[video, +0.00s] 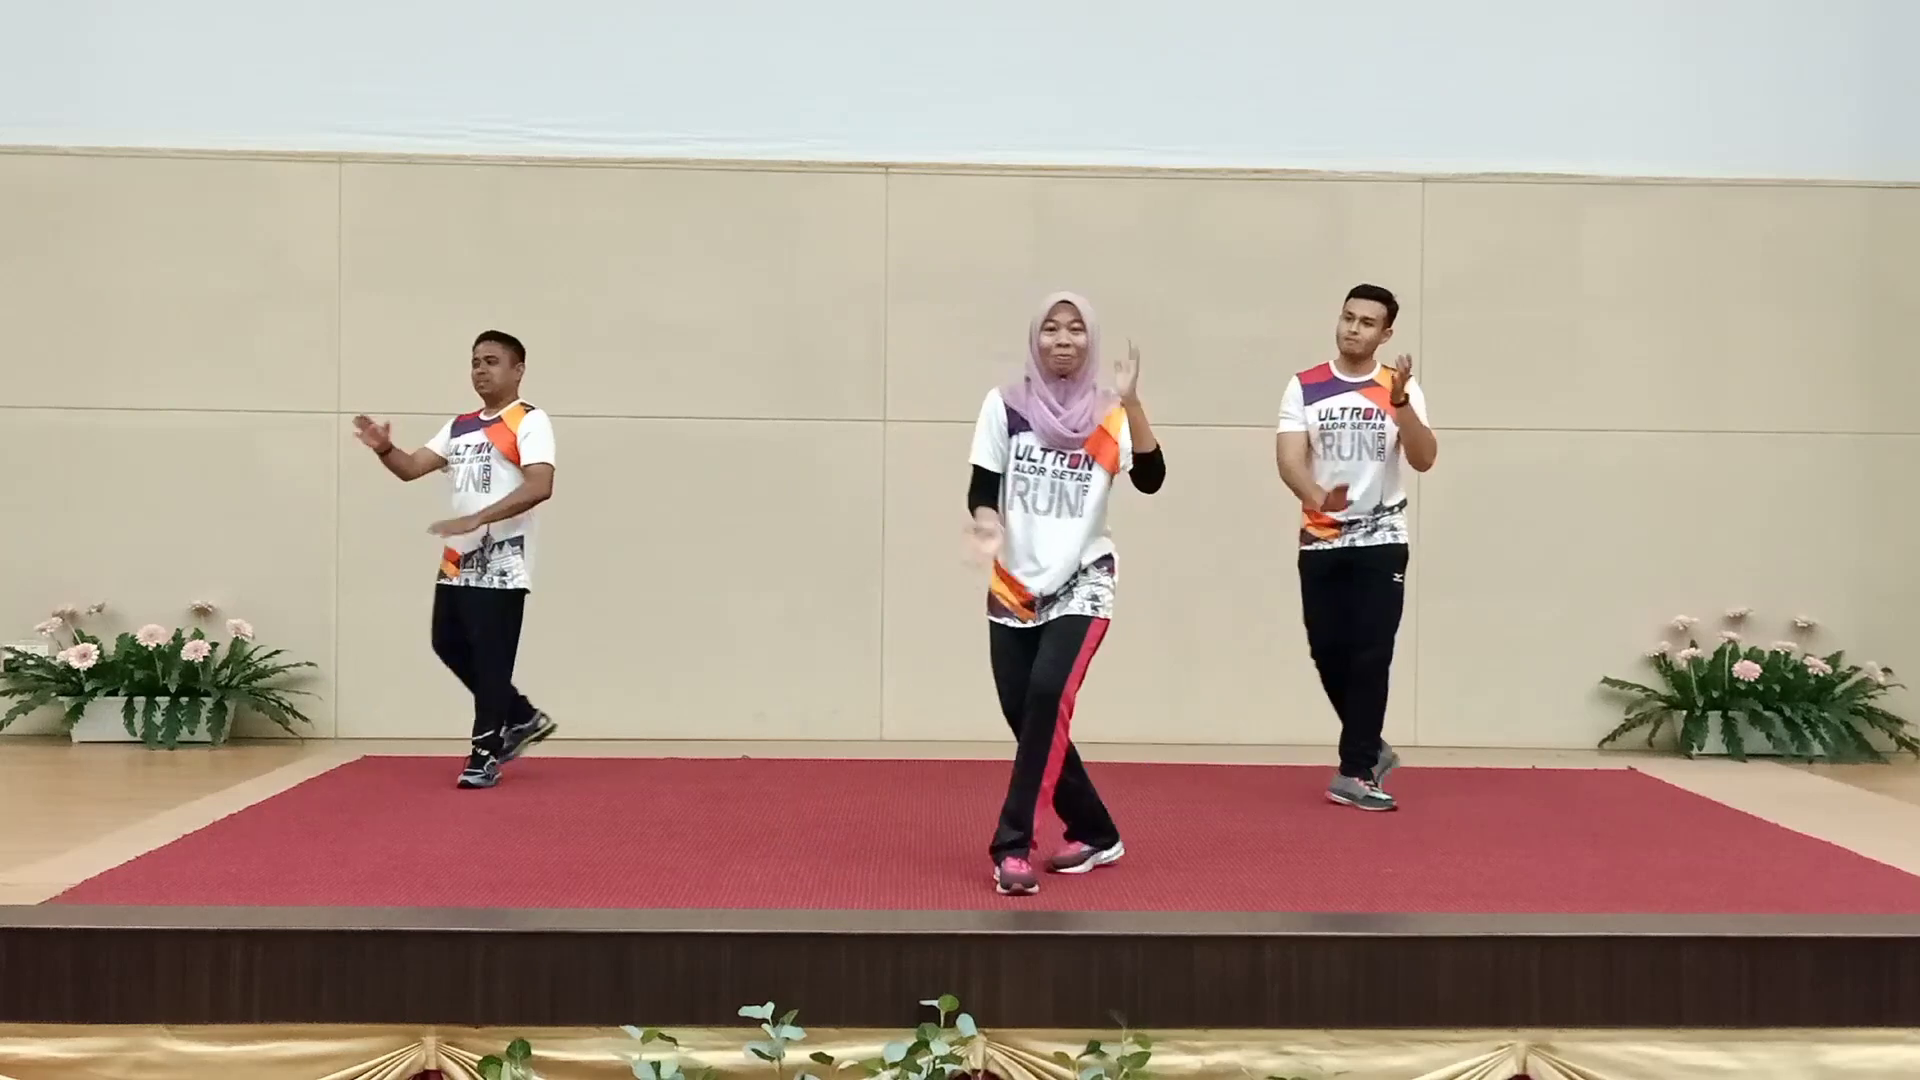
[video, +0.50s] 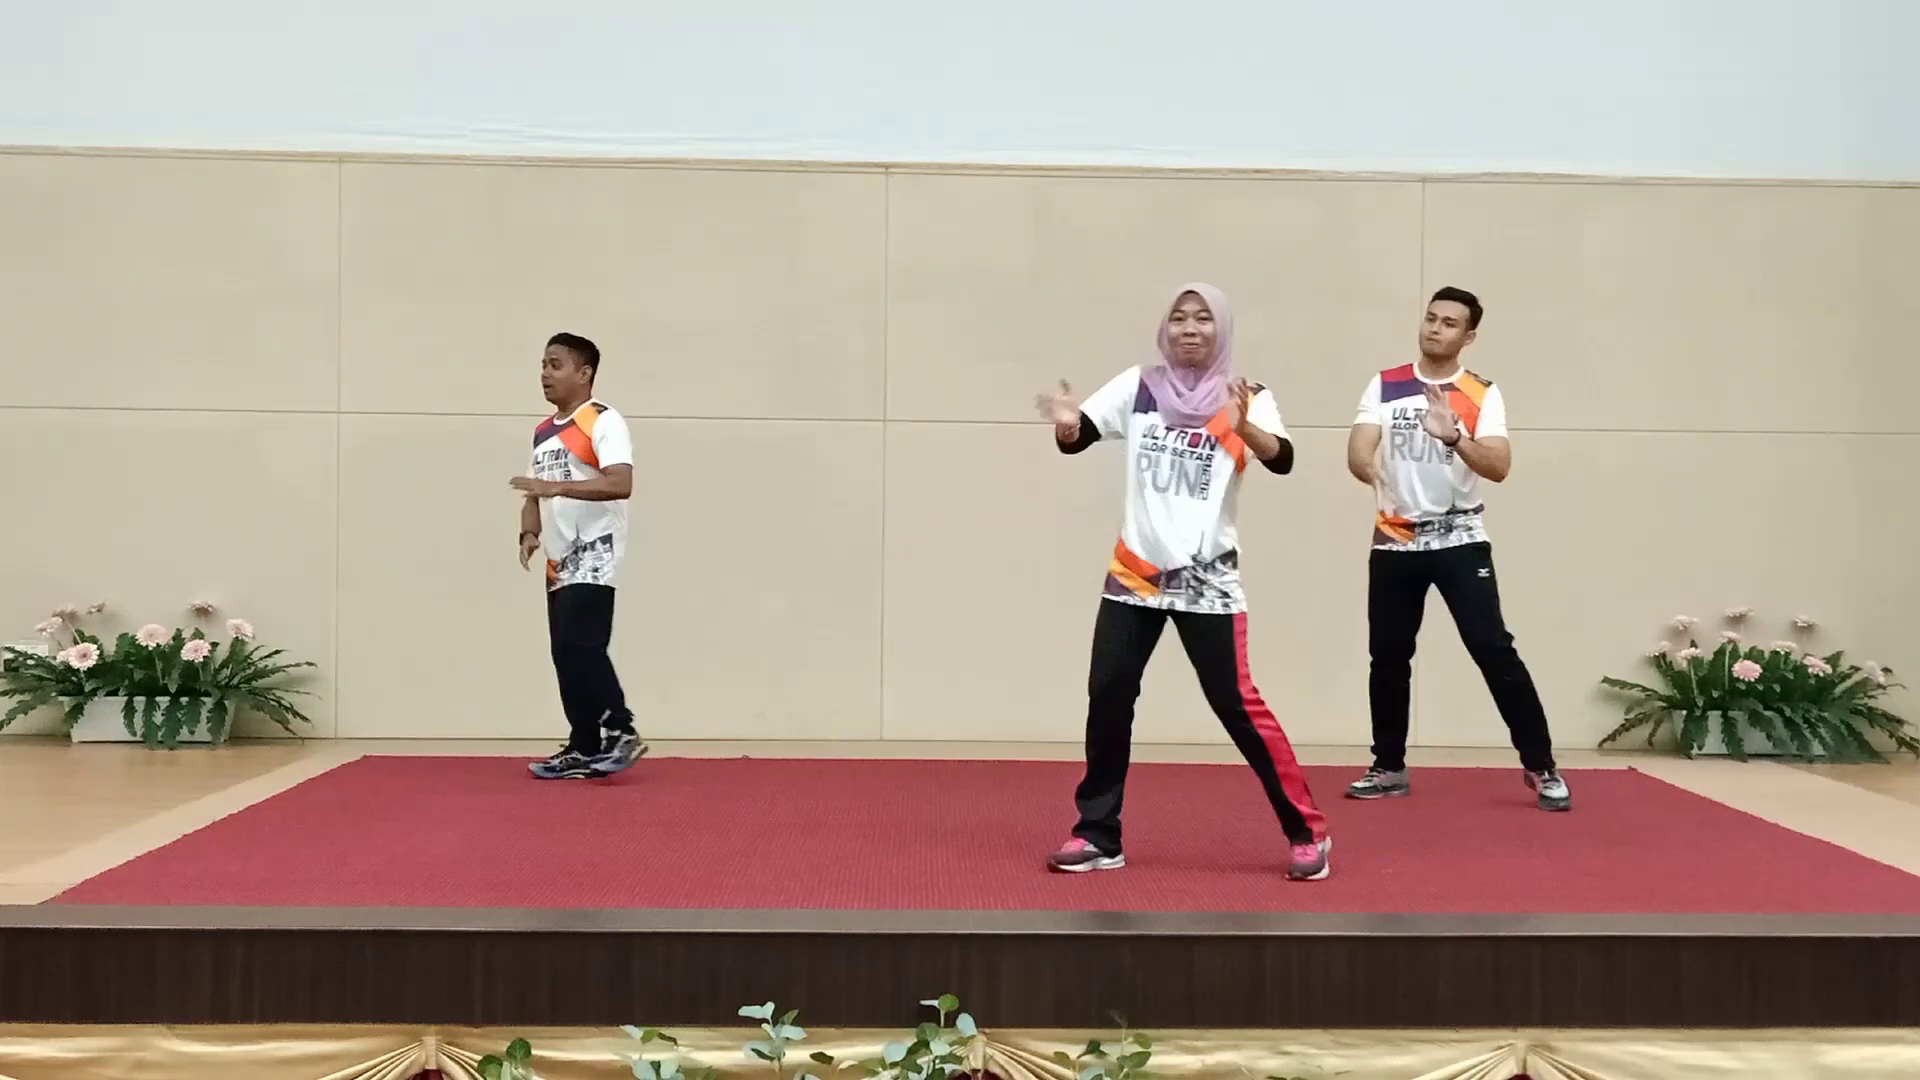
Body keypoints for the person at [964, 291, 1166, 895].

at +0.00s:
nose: (1063, 337)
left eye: (1075, 328)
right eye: (1051, 327)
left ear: (1090, 343)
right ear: (1034, 340)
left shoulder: (1109, 413)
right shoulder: (1006, 406)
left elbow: (1150, 479)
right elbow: (982, 491)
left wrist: (1133, 403)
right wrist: (988, 523)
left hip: (1082, 582)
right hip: (1013, 584)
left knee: (1046, 698)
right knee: (1026, 716)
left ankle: (1012, 848)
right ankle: (1097, 835)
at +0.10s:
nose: (1084, 346)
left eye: (1097, 337)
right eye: (1073, 336)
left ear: (1114, 349)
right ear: (1057, 347)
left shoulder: (1133, 416)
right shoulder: (1030, 413)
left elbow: (1165, 483)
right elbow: (1013, 501)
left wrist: (1142, 409)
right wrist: (1025, 564)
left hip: (1109, 586)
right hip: (1043, 590)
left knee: (1074, 687)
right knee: (1036, 706)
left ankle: (1039, 840)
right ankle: (1100, 838)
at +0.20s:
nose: (1107, 341)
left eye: (1119, 331)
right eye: (1096, 331)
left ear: (1137, 343)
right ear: (1080, 341)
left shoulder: (1162, 408)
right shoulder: (1053, 404)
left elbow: (1190, 477)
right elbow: (1030, 486)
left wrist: (1159, 409)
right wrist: (1033, 550)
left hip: (1131, 577)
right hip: (1061, 579)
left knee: (1109, 677)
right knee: (1052, 695)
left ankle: (1103, 836)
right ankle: (1086, 829)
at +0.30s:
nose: (1132, 328)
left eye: (1145, 319)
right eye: (1122, 319)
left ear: (1163, 330)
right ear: (1105, 329)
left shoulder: (1185, 395)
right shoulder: (1077, 387)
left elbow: (1219, 465)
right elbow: (1040, 461)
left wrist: (1184, 403)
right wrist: (1031, 506)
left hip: (1153, 567)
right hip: (1083, 569)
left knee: (1148, 678)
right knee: (1076, 695)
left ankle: (1181, 831)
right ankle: (1097, 838)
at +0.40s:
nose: (1160, 323)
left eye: (1172, 314)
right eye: (1150, 314)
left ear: (1192, 326)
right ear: (1133, 325)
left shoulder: (1214, 389)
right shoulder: (1105, 380)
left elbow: (1249, 457)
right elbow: (1057, 438)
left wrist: (1213, 404)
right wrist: (1039, 455)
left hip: (1178, 569)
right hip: (1106, 569)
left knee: (1191, 687)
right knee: (1093, 697)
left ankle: (1260, 825)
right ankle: (1098, 837)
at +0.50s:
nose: (1189, 327)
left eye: (1202, 318)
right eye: (1179, 317)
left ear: (1223, 331)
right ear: (1164, 329)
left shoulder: (1246, 398)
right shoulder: (1138, 385)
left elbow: (1282, 461)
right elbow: (1073, 441)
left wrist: (1245, 427)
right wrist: (1067, 421)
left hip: (1208, 580)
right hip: (1134, 575)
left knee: (1236, 702)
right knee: (1107, 696)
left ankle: (1307, 835)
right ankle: (1098, 836)